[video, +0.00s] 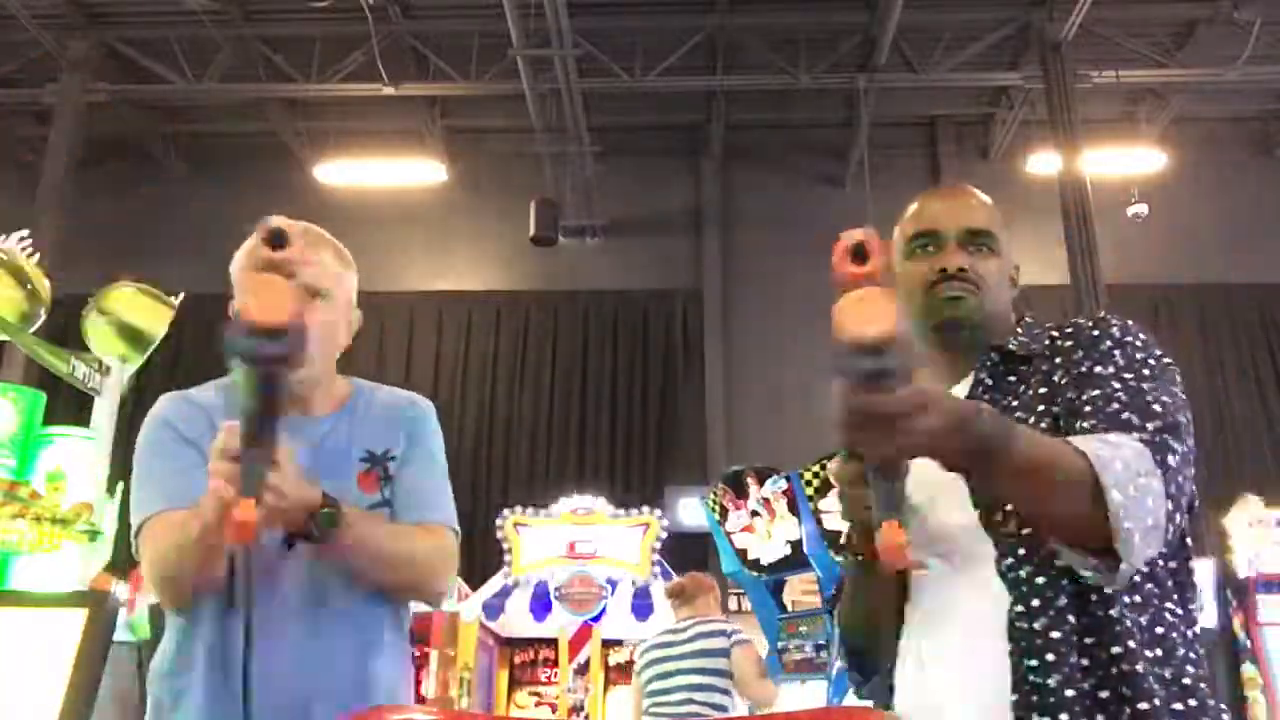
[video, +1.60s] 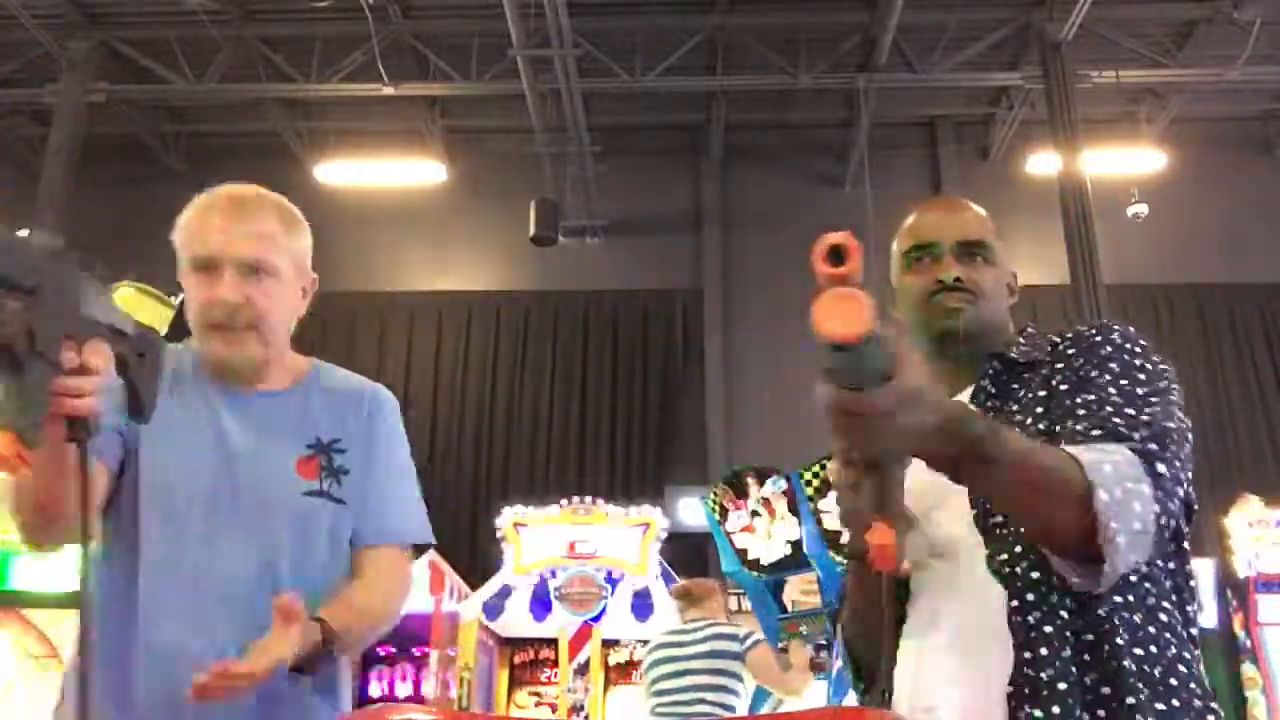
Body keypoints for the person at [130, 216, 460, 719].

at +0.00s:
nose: (290, 315)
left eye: (315, 297)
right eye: (272, 295)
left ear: (353, 323)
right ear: (238, 314)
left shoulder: (404, 421)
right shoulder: (180, 419)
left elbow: (435, 571)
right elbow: (171, 585)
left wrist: (316, 512)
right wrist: (217, 508)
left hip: (356, 710)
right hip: (206, 709)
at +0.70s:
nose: (297, 322)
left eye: (323, 305)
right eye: (276, 300)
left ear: (361, 328)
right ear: (246, 314)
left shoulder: (402, 423)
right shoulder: (190, 415)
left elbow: (419, 563)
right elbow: (166, 584)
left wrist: (269, 494)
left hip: (346, 708)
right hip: (189, 708)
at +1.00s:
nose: (277, 336)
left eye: (304, 312)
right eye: (258, 311)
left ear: (351, 323)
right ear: (234, 321)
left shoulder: (396, 424)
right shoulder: (202, 413)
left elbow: (345, 565)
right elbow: (132, 589)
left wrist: (228, 550)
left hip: (337, 711)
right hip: (193, 709)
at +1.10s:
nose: (280, 347)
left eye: (305, 323)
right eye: (261, 324)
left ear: (356, 331)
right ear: (239, 331)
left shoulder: (408, 431)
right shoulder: (200, 421)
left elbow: (383, 574)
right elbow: (138, 578)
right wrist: (168, 476)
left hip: (344, 712)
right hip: (194, 710)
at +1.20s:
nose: (293, 350)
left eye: (318, 326)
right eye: (274, 327)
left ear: (365, 335)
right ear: (252, 335)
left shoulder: (423, 441)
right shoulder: (215, 425)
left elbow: (454, 598)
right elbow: (149, 560)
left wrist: (403, 607)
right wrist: (177, 460)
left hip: (359, 714)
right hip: (209, 709)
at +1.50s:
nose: (270, 322)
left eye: (295, 299)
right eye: (248, 299)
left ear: (343, 314)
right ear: (222, 312)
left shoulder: (397, 429)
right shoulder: (178, 413)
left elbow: (417, 595)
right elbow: (116, 560)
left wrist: (353, 630)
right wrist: (134, 457)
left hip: (328, 708)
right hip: (172, 703)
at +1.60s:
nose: (227, 295)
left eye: (254, 271)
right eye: (206, 269)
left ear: (304, 290)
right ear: (181, 281)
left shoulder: (362, 411)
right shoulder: (134, 383)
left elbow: (385, 581)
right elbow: (50, 527)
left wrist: (310, 638)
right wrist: (60, 424)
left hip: (288, 711)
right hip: (129, 705)